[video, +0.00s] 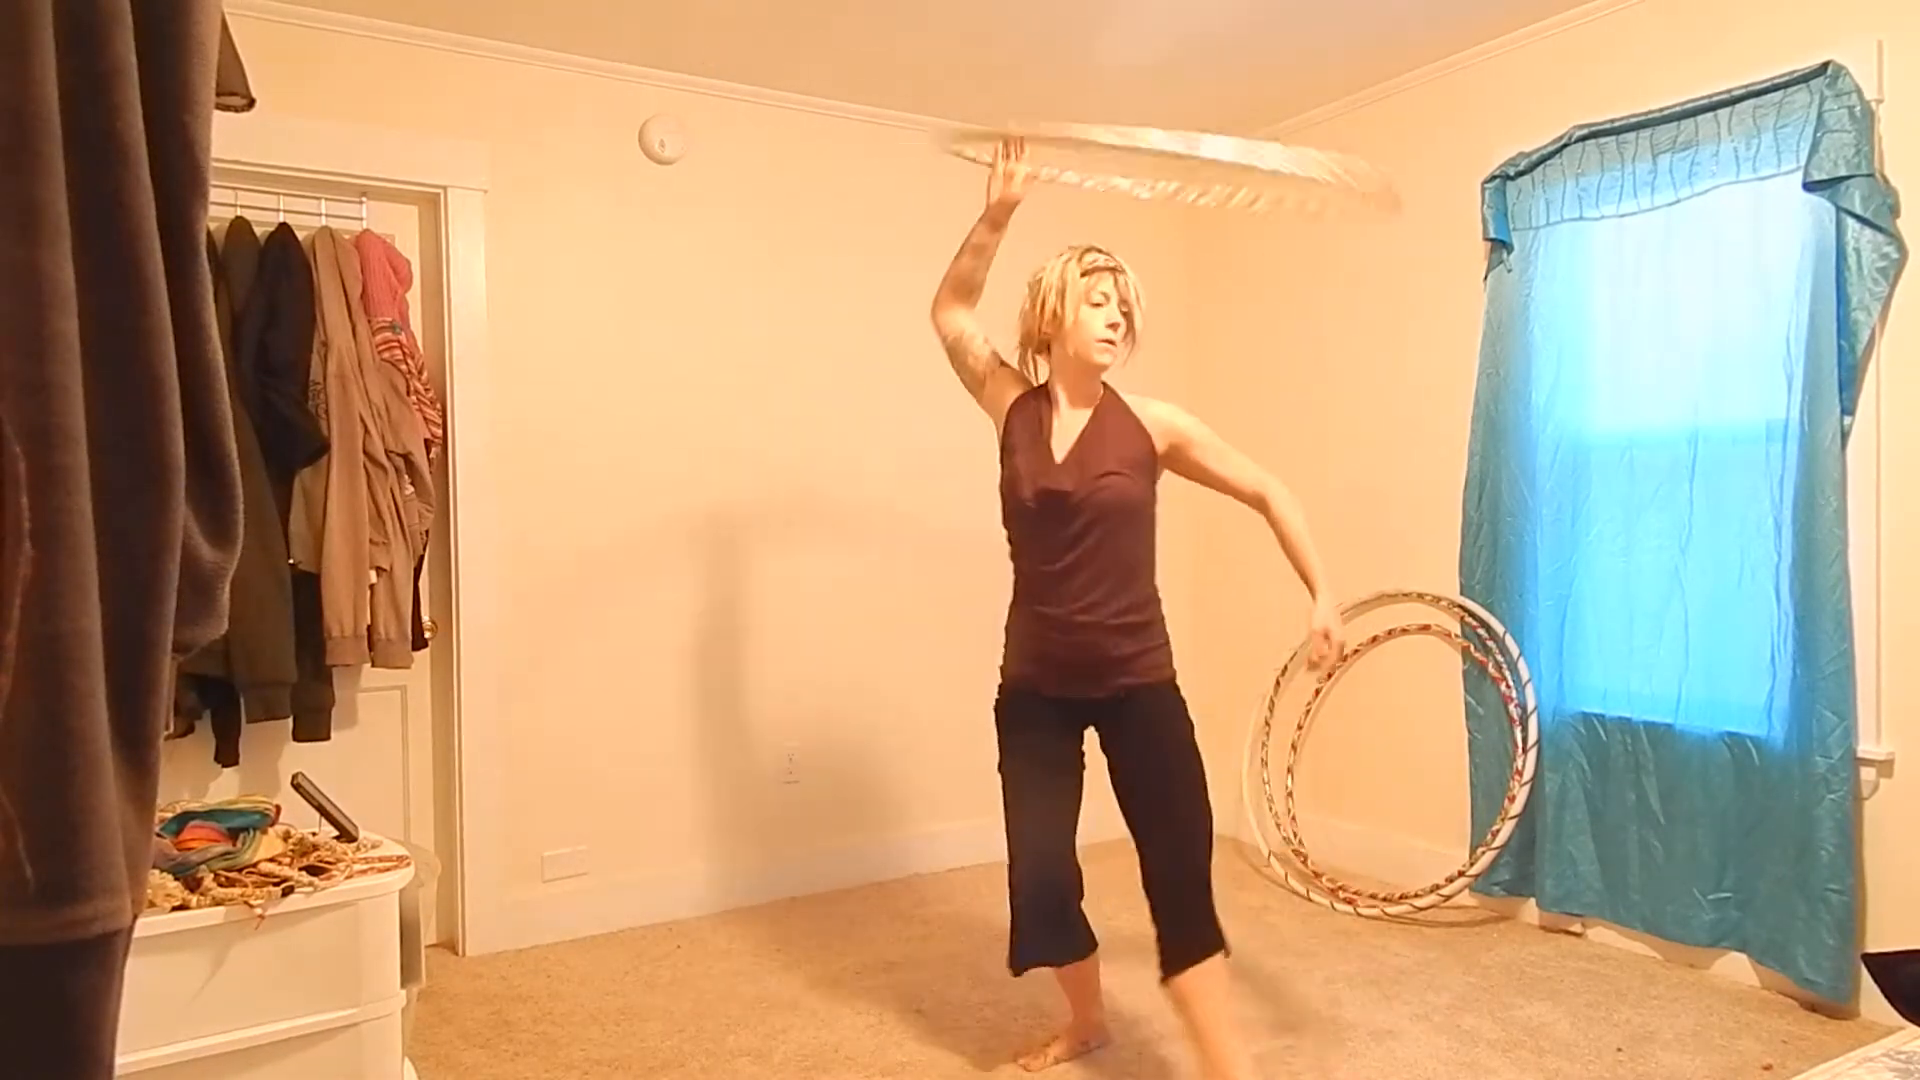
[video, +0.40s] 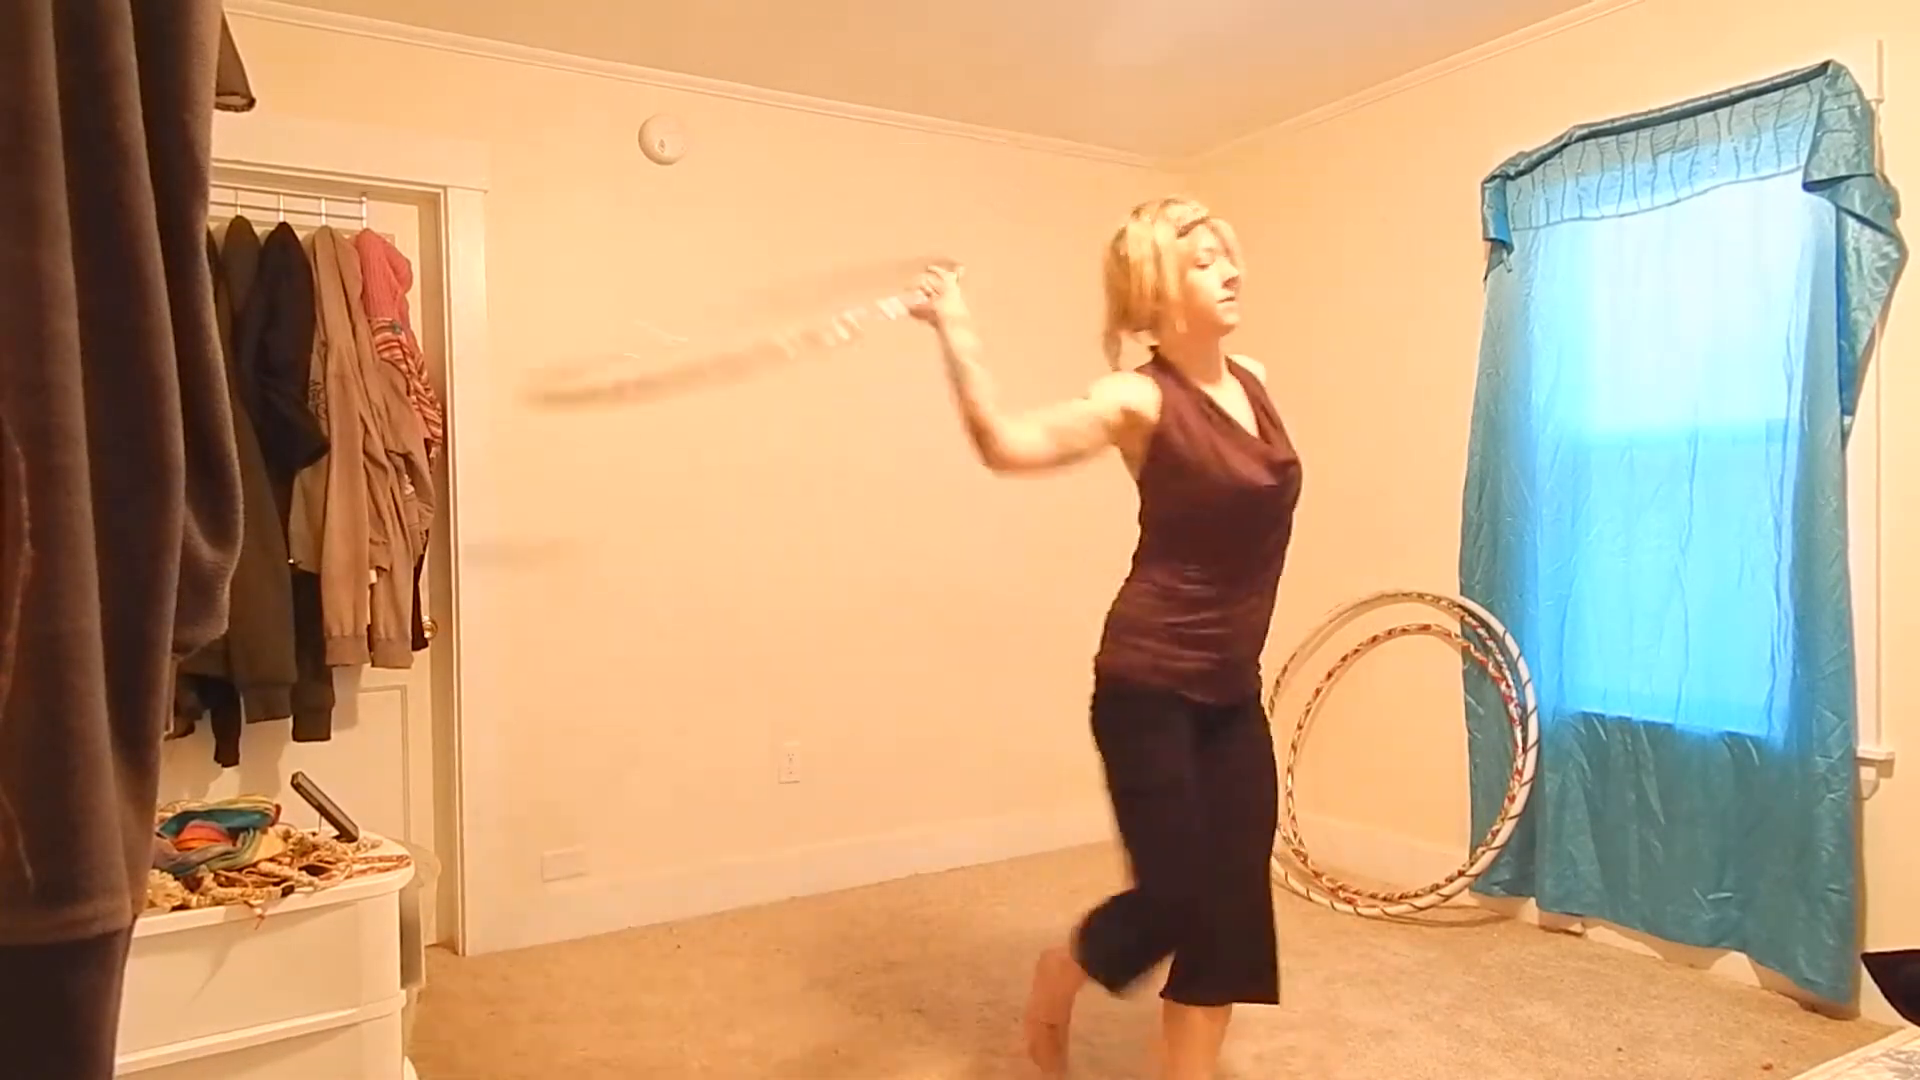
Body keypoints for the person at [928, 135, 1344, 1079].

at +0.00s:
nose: (1117, 317)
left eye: (1124, 305)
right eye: (1099, 301)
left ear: (1129, 327)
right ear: (1050, 316)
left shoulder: (1151, 423)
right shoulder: (1014, 404)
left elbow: (1269, 494)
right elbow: (951, 313)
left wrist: (1324, 605)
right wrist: (992, 219)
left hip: (1139, 678)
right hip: (1037, 680)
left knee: (1178, 868)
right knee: (1038, 869)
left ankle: (1223, 1061)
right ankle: (1085, 1029)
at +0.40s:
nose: (1228, 273)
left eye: (1227, 258)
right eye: (1204, 262)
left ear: (1234, 272)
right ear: (1156, 290)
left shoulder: (1248, 381)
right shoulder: (1139, 398)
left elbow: (1241, 504)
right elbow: (1004, 445)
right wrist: (953, 327)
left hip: (1232, 684)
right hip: (1148, 682)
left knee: (1230, 917)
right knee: (1176, 897)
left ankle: (1186, 1064)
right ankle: (1059, 974)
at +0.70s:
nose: (1295, 326)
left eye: (1297, 306)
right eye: (1292, 303)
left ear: (1222, 292)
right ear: (1251, 290)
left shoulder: (1166, 380)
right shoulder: (1212, 375)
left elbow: (1195, 549)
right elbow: (1247, 536)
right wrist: (1391, 500)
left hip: (1176, 675)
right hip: (1229, 673)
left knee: (1250, 886)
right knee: (1353, 861)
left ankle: (1194, 1069)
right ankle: (1304, 1067)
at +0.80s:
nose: (1277, 302)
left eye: (1277, 284)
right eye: (1274, 284)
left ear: (1183, 286)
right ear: (1250, 282)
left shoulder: (1140, 379)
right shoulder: (1259, 358)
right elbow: (1283, 527)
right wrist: (1370, 505)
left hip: (1169, 682)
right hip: (1265, 677)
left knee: (1225, 887)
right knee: (1320, 880)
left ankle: (1189, 1070)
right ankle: (1325, 1069)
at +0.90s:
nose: (1267, 283)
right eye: (1258, 267)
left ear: (1158, 286)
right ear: (1248, 274)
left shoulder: (1131, 380)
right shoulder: (1300, 356)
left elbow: (1132, 540)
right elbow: (1335, 517)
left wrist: (1210, 488)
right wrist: (1326, 439)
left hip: (1177, 675)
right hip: (1288, 669)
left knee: (1208, 876)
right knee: (1292, 868)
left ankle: (1188, 1067)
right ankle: (1300, 1057)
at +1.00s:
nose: (1131, 308)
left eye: (1132, 295)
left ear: (1146, 294)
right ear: (1236, 276)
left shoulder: (1141, 375)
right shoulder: (1315, 366)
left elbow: (1136, 526)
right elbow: (1352, 518)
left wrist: (1175, 463)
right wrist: (1283, 459)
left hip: (1189, 669)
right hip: (1299, 667)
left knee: (1206, 861)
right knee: (1286, 853)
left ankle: (1210, 1066)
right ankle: (1283, 1051)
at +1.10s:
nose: (1146, 327)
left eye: (1146, 309)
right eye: (1143, 311)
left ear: (1170, 301)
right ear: (1233, 290)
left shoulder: (1159, 379)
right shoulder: (1307, 377)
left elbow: (1174, 523)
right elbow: (1341, 523)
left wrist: (1109, 511)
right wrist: (1267, 469)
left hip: (1205, 676)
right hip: (1302, 674)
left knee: (1209, 882)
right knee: (1270, 865)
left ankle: (1242, 1069)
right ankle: (1290, 1062)